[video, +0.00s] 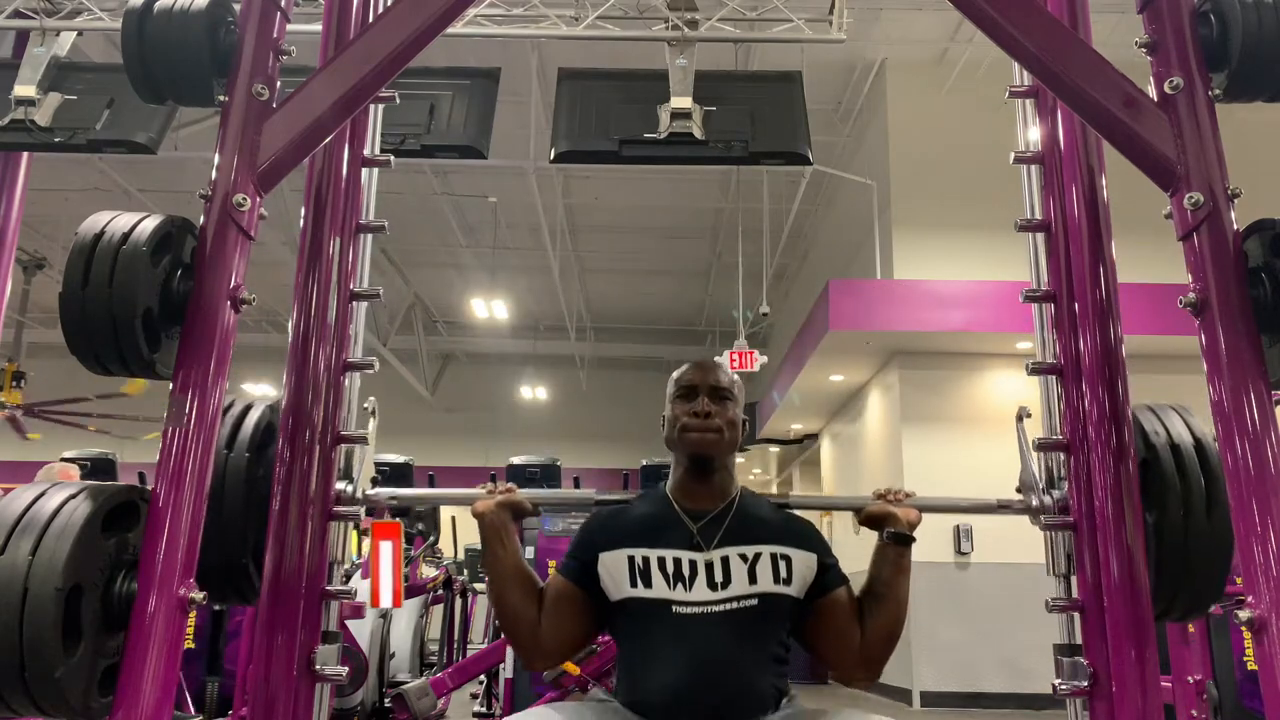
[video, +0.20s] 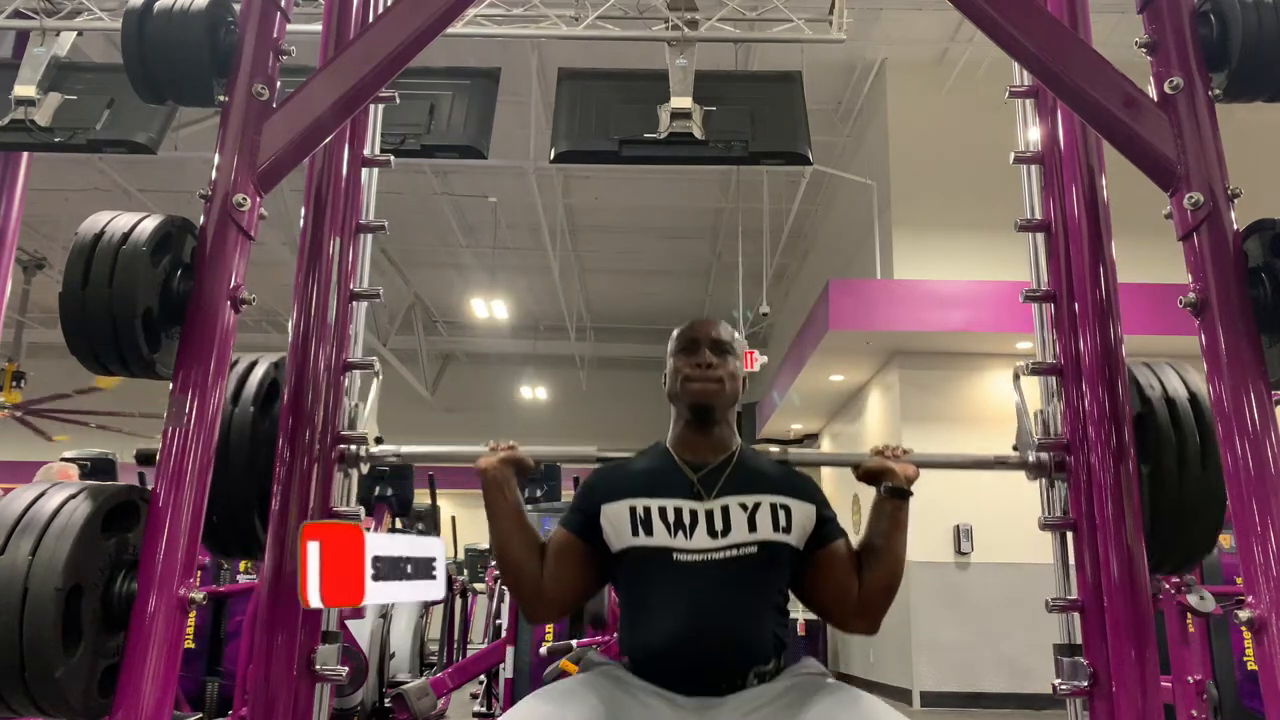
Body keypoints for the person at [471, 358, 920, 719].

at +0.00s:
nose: (703, 407)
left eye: (719, 398)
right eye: (687, 397)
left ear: (742, 426)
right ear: (664, 423)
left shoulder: (792, 536)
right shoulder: (610, 531)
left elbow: (858, 664)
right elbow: (541, 647)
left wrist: (895, 543)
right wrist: (496, 528)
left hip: (762, 713)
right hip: (640, 713)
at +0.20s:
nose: (704, 359)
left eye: (720, 351)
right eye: (689, 351)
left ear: (742, 380)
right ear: (666, 379)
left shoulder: (791, 490)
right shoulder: (613, 488)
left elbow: (860, 612)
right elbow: (541, 601)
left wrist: (893, 497)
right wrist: (498, 487)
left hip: (769, 692)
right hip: (639, 691)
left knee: (886, 719)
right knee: (524, 719)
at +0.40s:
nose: (703, 297)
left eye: (720, 294)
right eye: (688, 293)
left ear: (742, 331)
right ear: (668, 329)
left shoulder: (787, 430)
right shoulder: (615, 429)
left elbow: (859, 550)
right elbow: (544, 532)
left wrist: (889, 443)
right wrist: (502, 430)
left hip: (769, 649)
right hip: (636, 648)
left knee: (887, 715)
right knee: (533, 711)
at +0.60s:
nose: (705, 237)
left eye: (721, 234)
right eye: (691, 232)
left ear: (741, 269)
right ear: (669, 267)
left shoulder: (789, 373)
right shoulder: (617, 370)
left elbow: (857, 486)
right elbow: (547, 475)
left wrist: (888, 385)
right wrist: (505, 368)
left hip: (775, 599)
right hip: (636, 596)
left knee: (874, 711)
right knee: (549, 710)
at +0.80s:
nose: (705, 184)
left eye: (722, 179)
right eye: (691, 177)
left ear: (743, 212)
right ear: (670, 211)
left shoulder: (789, 314)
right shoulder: (618, 313)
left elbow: (858, 428)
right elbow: (546, 416)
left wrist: (887, 327)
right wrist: (507, 312)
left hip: (776, 551)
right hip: (641, 545)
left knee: (823, 710)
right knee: (598, 708)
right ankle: (678, 707)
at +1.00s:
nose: (705, 187)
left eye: (722, 182)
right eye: (691, 179)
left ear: (743, 214)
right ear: (669, 212)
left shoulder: (787, 317)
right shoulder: (617, 316)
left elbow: (853, 432)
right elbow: (548, 420)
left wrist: (885, 330)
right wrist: (508, 316)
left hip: (775, 553)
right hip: (639, 549)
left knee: (820, 710)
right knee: (597, 707)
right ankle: (677, 707)